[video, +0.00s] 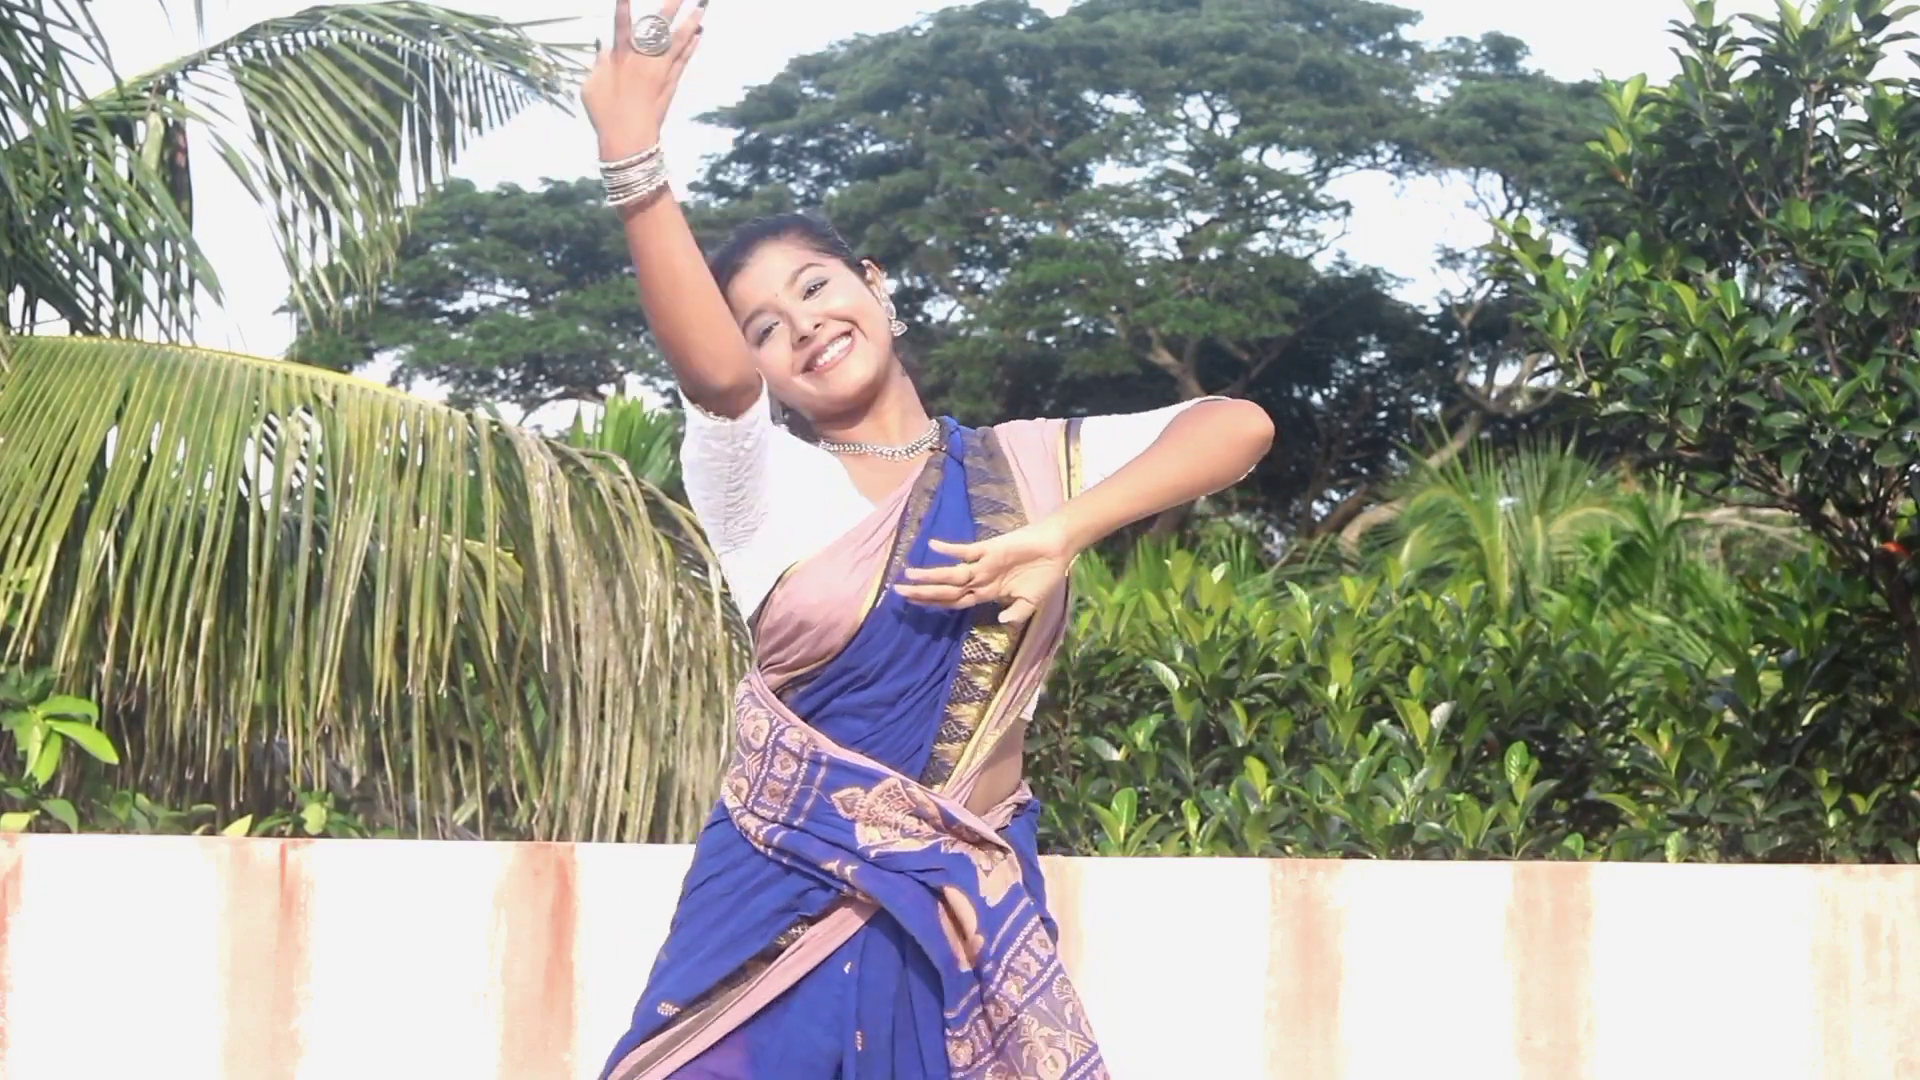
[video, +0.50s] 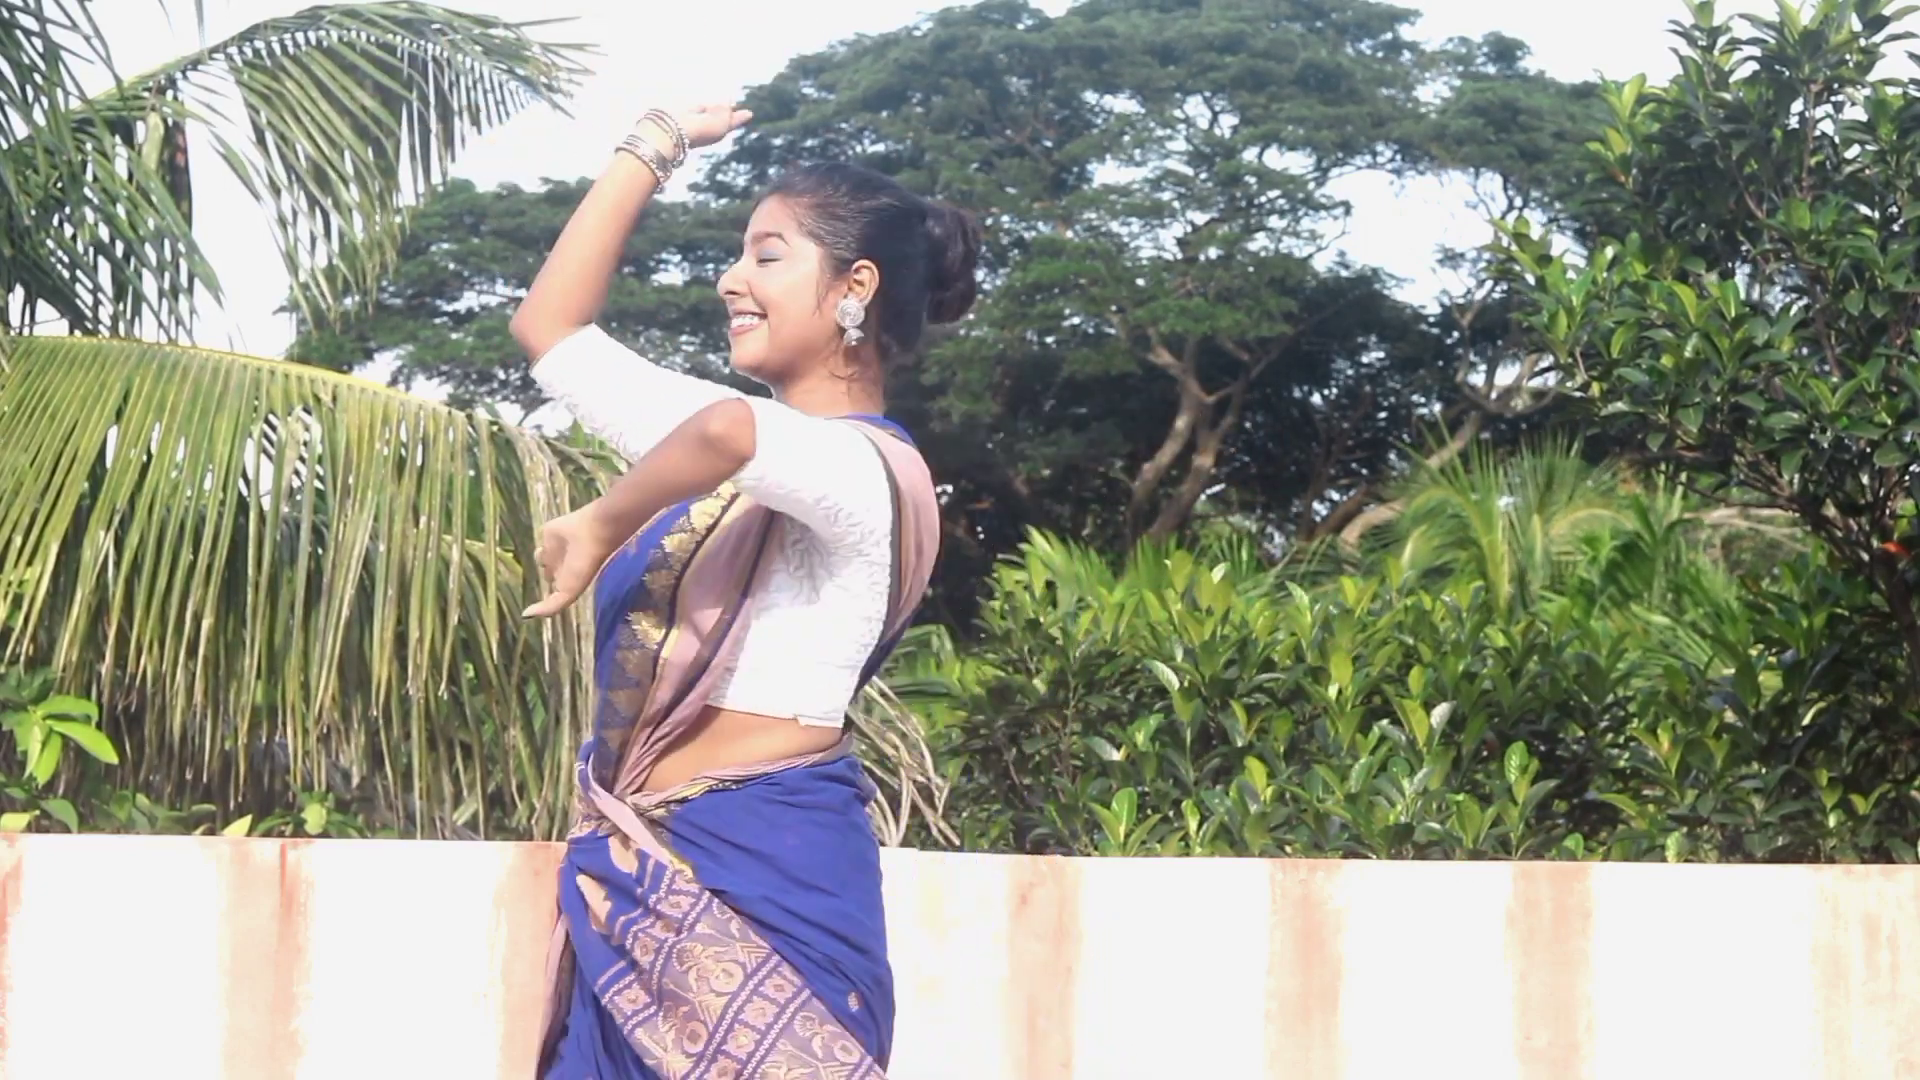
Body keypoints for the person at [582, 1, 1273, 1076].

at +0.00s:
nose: (803, 323)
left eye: (816, 284)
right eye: (766, 326)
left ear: (882, 292)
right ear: (751, 376)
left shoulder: (1024, 461)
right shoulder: (764, 487)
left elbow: (1242, 426)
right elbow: (718, 375)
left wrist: (1067, 529)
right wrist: (632, 157)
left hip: (972, 930)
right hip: (769, 917)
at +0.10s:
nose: (804, 302)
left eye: (826, 266)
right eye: (769, 304)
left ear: (895, 278)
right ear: (760, 357)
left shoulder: (1011, 454)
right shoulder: (743, 474)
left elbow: (1210, 423)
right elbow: (635, 358)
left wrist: (1009, 531)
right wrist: (520, 160)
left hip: (933, 904)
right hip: (735, 894)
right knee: (650, 1063)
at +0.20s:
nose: (802, 299)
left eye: (828, 262)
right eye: (770, 294)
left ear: (901, 272)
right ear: (759, 343)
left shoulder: (1004, 449)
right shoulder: (742, 466)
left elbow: (1177, 421)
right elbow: (606, 353)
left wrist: (966, 530)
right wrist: (506, 167)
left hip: (912, 877)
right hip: (720, 869)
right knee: (606, 1069)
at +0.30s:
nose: (785, 291)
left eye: (819, 258)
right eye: (766, 275)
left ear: (905, 272)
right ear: (752, 309)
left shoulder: (969, 460)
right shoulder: (733, 452)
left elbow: (1050, 417)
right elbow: (549, 343)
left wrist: (837, 527)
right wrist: (540, 163)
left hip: (860, 866)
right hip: (686, 859)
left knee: (868, 1060)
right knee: (590, 1061)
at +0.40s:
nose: (770, 287)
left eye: (807, 256)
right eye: (759, 269)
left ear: (897, 278)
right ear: (749, 300)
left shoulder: (947, 464)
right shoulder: (720, 445)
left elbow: (959, 417)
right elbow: (532, 335)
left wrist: (752, 524)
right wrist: (574, 158)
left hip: (842, 856)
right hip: (666, 853)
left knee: (852, 1058)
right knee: (600, 1060)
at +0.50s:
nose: (730, 280)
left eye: (768, 255)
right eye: (740, 256)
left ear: (856, 290)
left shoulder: (866, 464)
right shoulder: (726, 436)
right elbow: (551, 325)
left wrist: (600, 524)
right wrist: (650, 148)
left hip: (765, 869)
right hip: (637, 862)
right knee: (608, 1063)